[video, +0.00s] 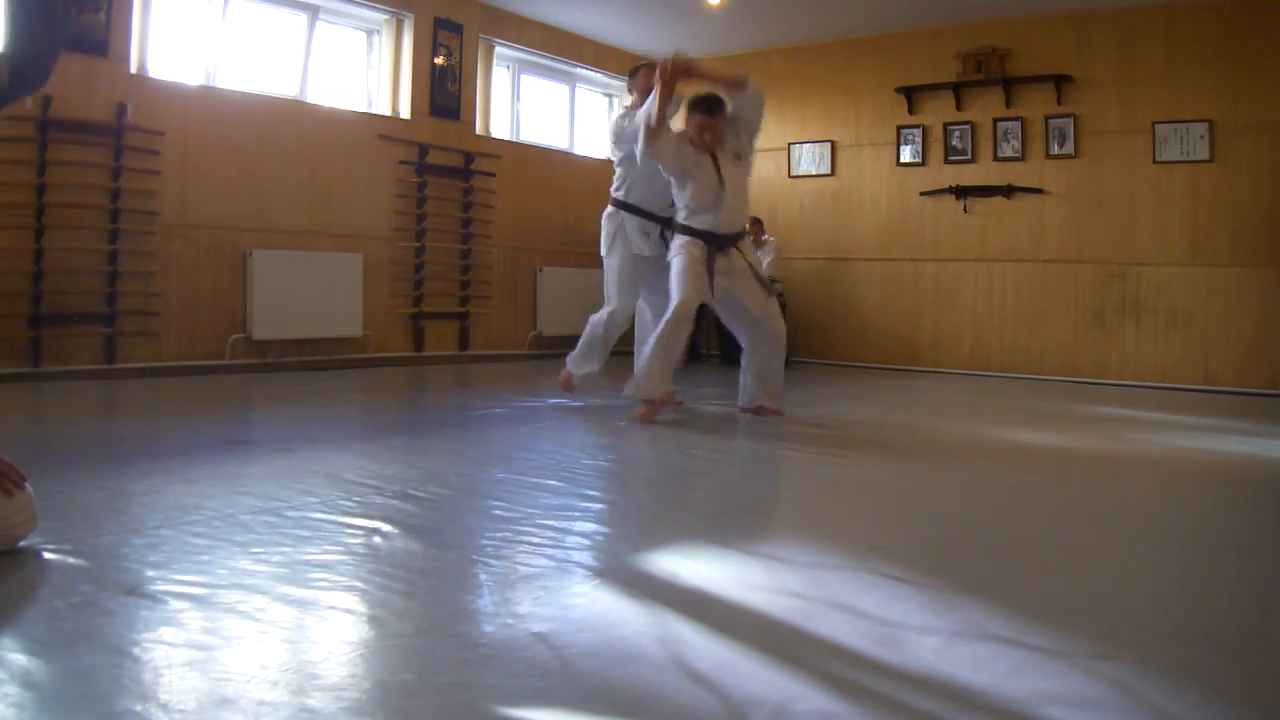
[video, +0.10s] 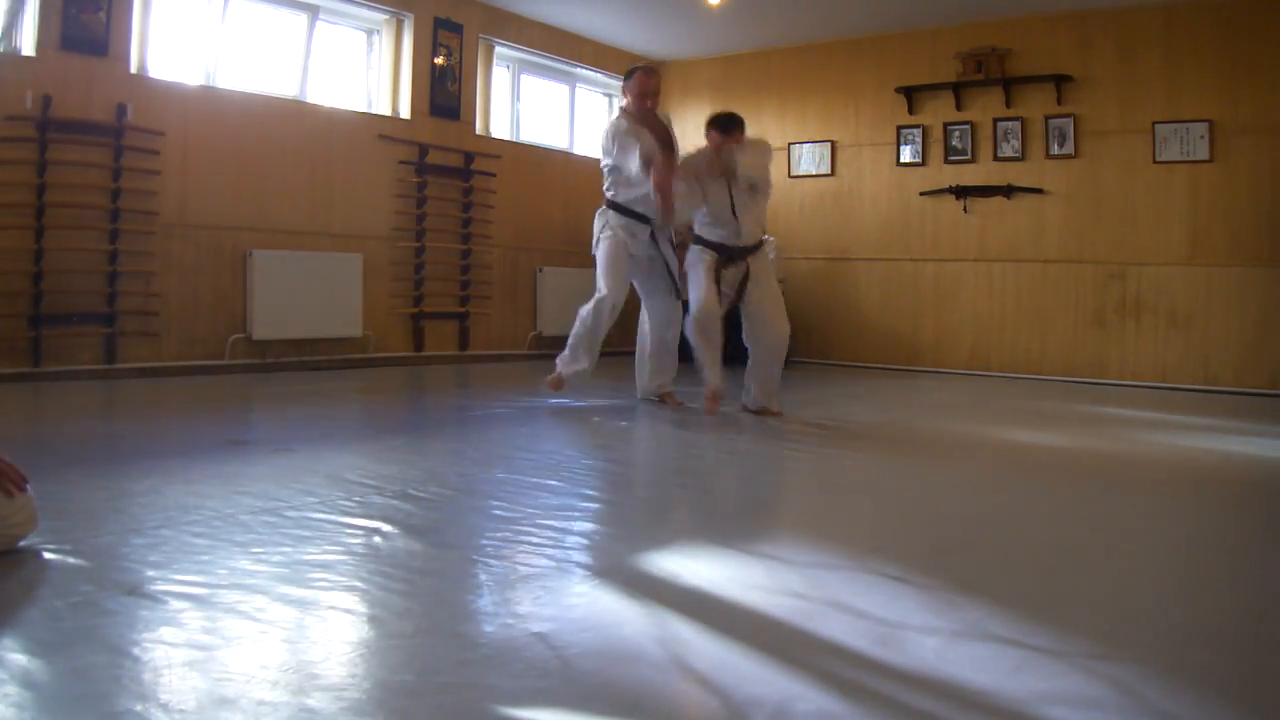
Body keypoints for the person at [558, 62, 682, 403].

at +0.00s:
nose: (657, 85)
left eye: (659, 80)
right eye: (649, 79)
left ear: (661, 87)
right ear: (632, 87)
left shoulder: (665, 125)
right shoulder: (623, 122)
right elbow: (657, 114)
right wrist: (669, 82)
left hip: (658, 228)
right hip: (624, 223)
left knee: (657, 309)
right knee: (620, 305)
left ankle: (650, 384)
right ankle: (575, 368)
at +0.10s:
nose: (649, 102)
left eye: (654, 95)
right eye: (642, 95)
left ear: (658, 95)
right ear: (625, 94)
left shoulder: (660, 129)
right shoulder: (618, 129)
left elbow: (671, 174)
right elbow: (642, 163)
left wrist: (670, 227)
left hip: (652, 230)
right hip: (617, 225)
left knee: (665, 306)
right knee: (610, 296)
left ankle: (655, 386)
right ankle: (565, 369)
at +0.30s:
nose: (654, 192)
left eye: (659, 185)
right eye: (648, 186)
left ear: (663, 170)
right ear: (630, 176)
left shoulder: (656, 168)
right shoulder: (609, 191)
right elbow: (636, 246)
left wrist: (652, 232)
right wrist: (666, 282)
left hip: (637, 238)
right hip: (597, 239)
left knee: (648, 311)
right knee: (604, 314)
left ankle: (662, 380)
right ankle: (584, 394)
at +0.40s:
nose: (665, 267)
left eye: (670, 263)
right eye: (661, 262)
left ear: (675, 225)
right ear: (639, 237)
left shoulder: (643, 178)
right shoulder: (607, 235)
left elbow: (609, 141)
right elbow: (634, 270)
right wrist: (664, 290)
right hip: (582, 238)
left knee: (644, 287)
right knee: (601, 325)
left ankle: (643, 330)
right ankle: (585, 394)